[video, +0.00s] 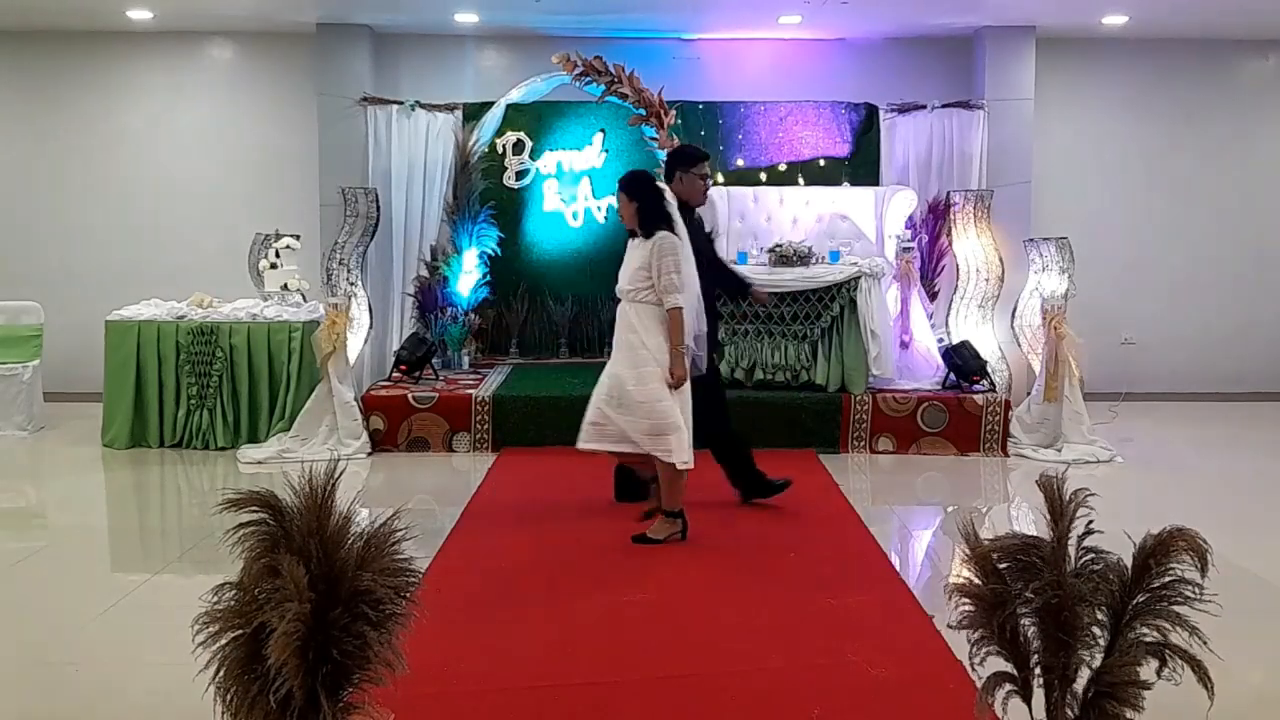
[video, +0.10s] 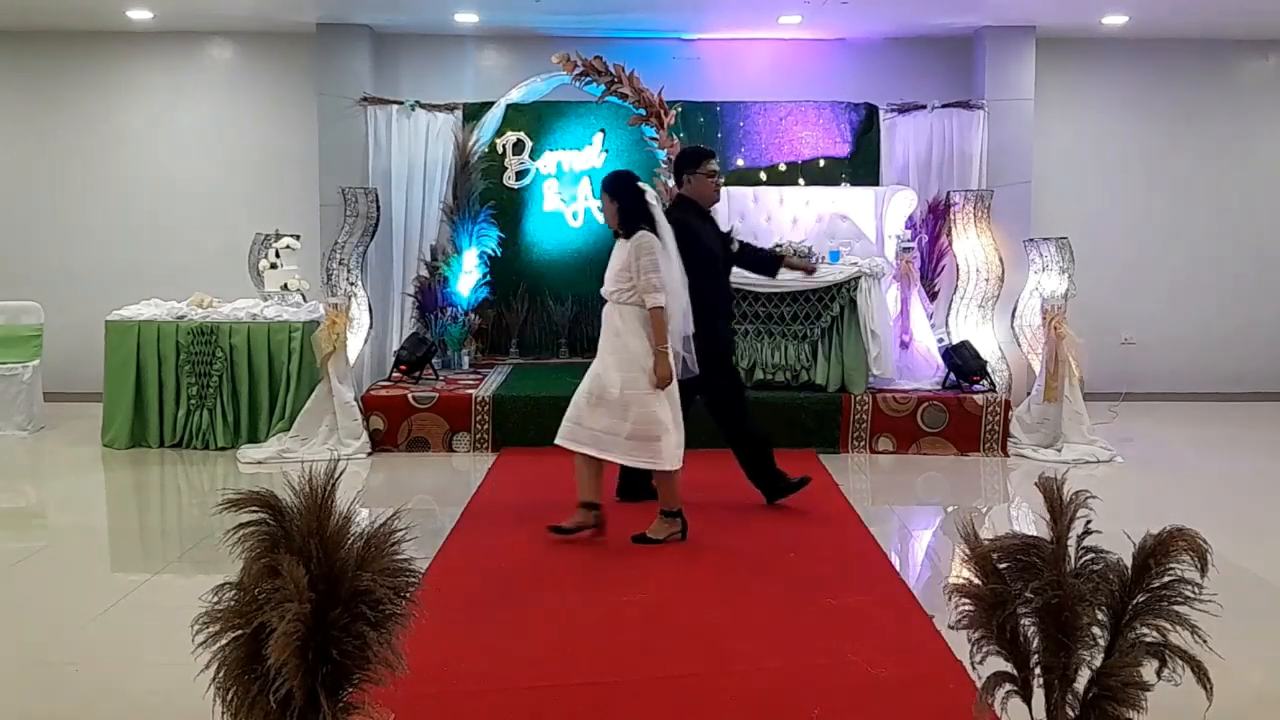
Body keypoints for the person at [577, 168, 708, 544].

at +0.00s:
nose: (619, 209)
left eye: (623, 202)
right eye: (619, 202)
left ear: (640, 203)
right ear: (638, 203)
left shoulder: (664, 242)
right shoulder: (639, 242)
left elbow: (673, 302)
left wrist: (678, 356)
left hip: (654, 353)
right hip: (632, 353)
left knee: (666, 432)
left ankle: (672, 517)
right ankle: (661, 489)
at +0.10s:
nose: (601, 210)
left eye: (604, 202)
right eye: (601, 202)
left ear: (619, 203)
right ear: (626, 203)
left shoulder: (643, 242)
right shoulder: (626, 242)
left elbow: (655, 302)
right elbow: (637, 303)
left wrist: (662, 356)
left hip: (638, 354)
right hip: (615, 355)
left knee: (656, 432)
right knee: (581, 424)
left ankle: (671, 516)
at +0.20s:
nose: (583, 214)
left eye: (586, 206)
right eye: (584, 206)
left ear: (600, 208)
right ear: (609, 206)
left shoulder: (622, 245)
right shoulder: (610, 247)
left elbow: (634, 304)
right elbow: (620, 306)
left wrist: (641, 358)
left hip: (621, 359)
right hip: (601, 359)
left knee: (647, 434)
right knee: (572, 430)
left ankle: (670, 516)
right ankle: (535, 510)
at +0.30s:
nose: (566, 214)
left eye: (569, 207)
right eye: (567, 207)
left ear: (581, 210)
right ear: (596, 209)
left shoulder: (598, 250)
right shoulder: (594, 249)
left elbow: (607, 310)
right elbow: (604, 311)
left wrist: (612, 362)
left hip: (598, 363)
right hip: (583, 365)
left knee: (635, 435)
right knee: (556, 438)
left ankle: (666, 514)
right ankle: (521, 516)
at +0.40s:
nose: (547, 205)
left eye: (550, 198)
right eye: (555, 197)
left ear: (556, 203)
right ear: (582, 202)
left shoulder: (565, 242)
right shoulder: (581, 242)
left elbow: (572, 303)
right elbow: (578, 303)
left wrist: (574, 357)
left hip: (570, 354)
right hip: (567, 354)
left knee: (603, 431)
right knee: (543, 434)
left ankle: (647, 507)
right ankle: (518, 517)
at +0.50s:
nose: (537, 202)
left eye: (538, 196)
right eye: (543, 196)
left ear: (537, 198)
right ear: (567, 200)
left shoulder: (533, 237)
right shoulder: (577, 244)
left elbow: (533, 299)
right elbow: (582, 302)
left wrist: (531, 350)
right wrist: (580, 353)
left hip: (541, 353)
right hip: (565, 353)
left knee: (557, 433)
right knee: (534, 437)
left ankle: (616, 494)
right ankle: (518, 517)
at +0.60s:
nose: (513, 198)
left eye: (516, 193)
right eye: (517, 191)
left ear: (520, 197)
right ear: (550, 198)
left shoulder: (509, 237)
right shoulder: (568, 244)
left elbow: (504, 297)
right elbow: (575, 304)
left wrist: (494, 345)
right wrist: (573, 353)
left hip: (520, 346)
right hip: (553, 347)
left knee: (516, 427)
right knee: (529, 429)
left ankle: (559, 492)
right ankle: (517, 517)